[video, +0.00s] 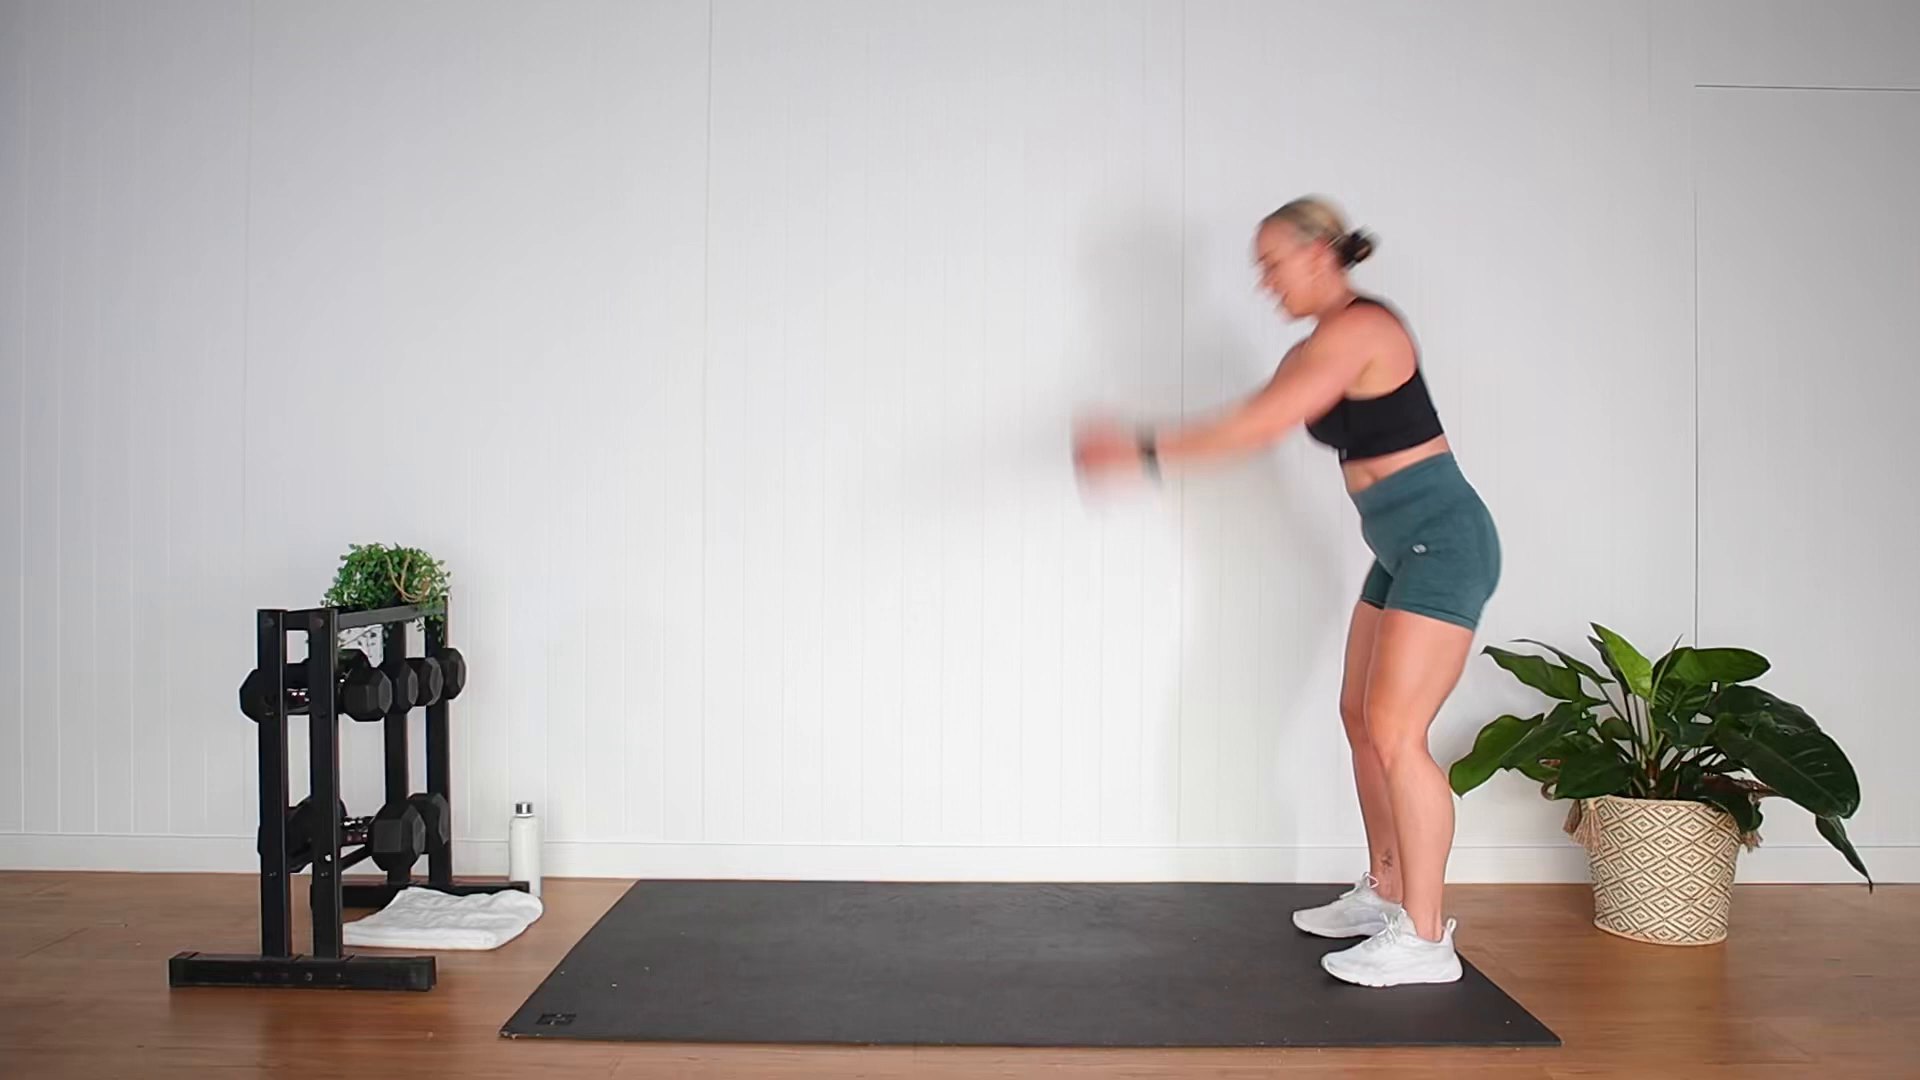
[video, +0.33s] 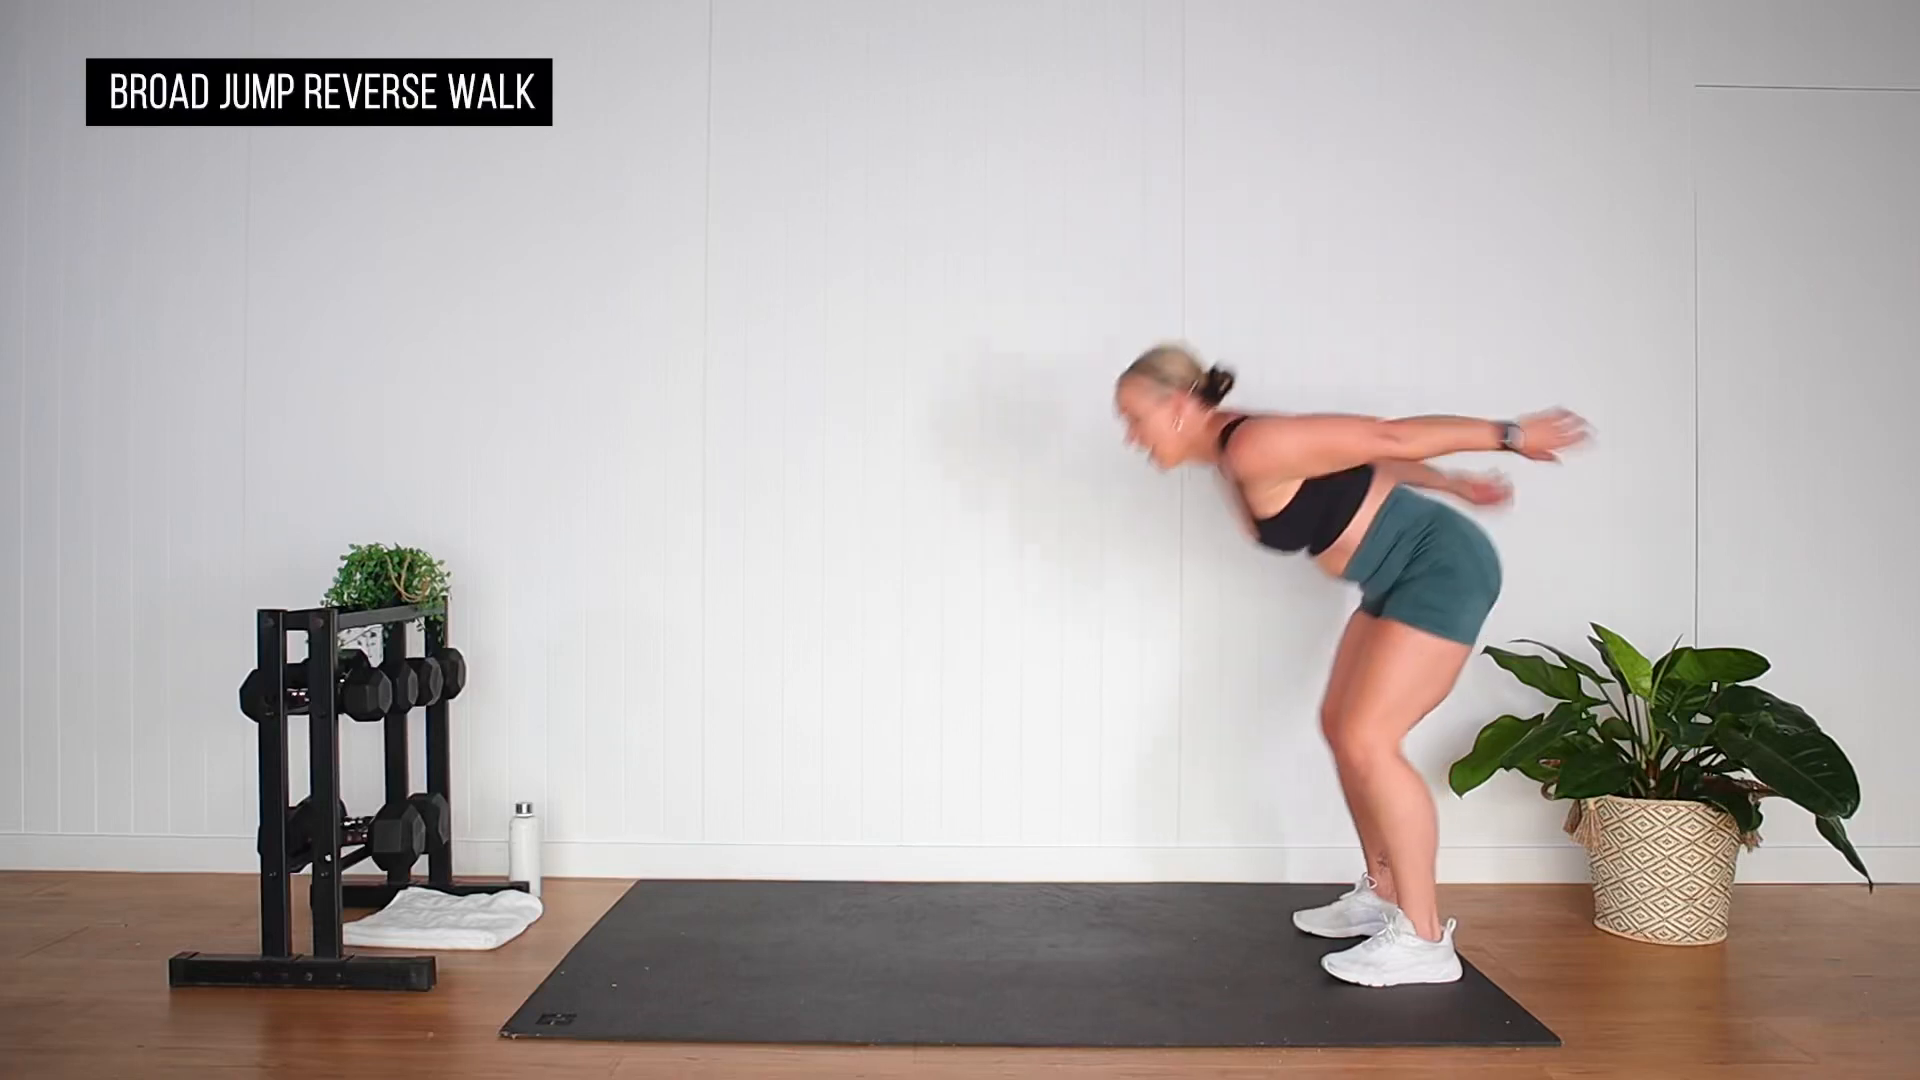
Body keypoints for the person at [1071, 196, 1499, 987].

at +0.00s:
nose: (1266, 282)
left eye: (1274, 265)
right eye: (1263, 267)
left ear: (1323, 254)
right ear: (1312, 259)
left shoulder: (1357, 331)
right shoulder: (1326, 337)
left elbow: (1259, 426)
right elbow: (1249, 425)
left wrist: (1146, 451)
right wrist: (1148, 446)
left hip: (1444, 541)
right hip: (1400, 546)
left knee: (1398, 732)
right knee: (1365, 723)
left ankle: (1426, 937)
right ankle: (1390, 893)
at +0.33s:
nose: (1130, 437)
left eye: (1135, 418)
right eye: (1125, 422)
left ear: (1183, 404)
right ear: (1182, 406)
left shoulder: (1253, 446)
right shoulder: (1239, 452)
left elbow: (1391, 438)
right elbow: (1366, 454)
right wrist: (1453, 485)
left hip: (1440, 561)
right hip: (1397, 572)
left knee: (1367, 738)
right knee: (1341, 726)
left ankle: (1424, 934)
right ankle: (1387, 890)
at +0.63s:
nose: (1105, 402)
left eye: (1110, 383)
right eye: (1101, 386)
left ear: (1156, 374)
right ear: (1152, 377)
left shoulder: (1206, 453)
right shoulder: (1190, 451)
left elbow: (1214, 592)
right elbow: (1202, 578)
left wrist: (1187, 688)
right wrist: (1176, 676)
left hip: (1357, 606)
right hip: (1323, 609)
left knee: (1275, 775)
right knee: (1257, 757)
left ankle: (1410, 923)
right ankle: (1373, 890)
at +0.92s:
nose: (974, 211)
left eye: (980, 193)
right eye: (971, 195)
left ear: (1018, 186)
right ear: (1023, 187)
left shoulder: (1057, 247)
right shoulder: (1053, 250)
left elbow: (963, 337)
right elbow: (976, 363)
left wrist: (854, 367)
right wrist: (867, 378)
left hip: (1156, 448)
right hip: (1147, 450)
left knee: (1113, 650)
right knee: (1115, 648)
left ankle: (1227, 820)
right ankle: (1218, 814)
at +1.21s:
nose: (744, 440)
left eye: (745, 421)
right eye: (737, 428)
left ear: (781, 404)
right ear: (784, 410)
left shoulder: (821, 473)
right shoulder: (836, 459)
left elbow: (766, 605)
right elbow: (778, 604)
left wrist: (704, 695)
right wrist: (714, 689)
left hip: (970, 619)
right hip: (974, 614)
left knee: (811, 732)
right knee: (821, 728)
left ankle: (836, 933)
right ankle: (839, 893)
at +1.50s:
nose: (639, 702)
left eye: (627, 689)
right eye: (624, 694)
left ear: (644, 656)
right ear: (648, 648)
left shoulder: (706, 678)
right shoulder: (712, 645)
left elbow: (701, 820)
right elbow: (722, 802)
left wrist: (678, 951)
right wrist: (704, 894)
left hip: (928, 656)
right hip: (927, 645)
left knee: (765, 746)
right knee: (777, 739)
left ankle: (836, 938)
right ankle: (841, 900)